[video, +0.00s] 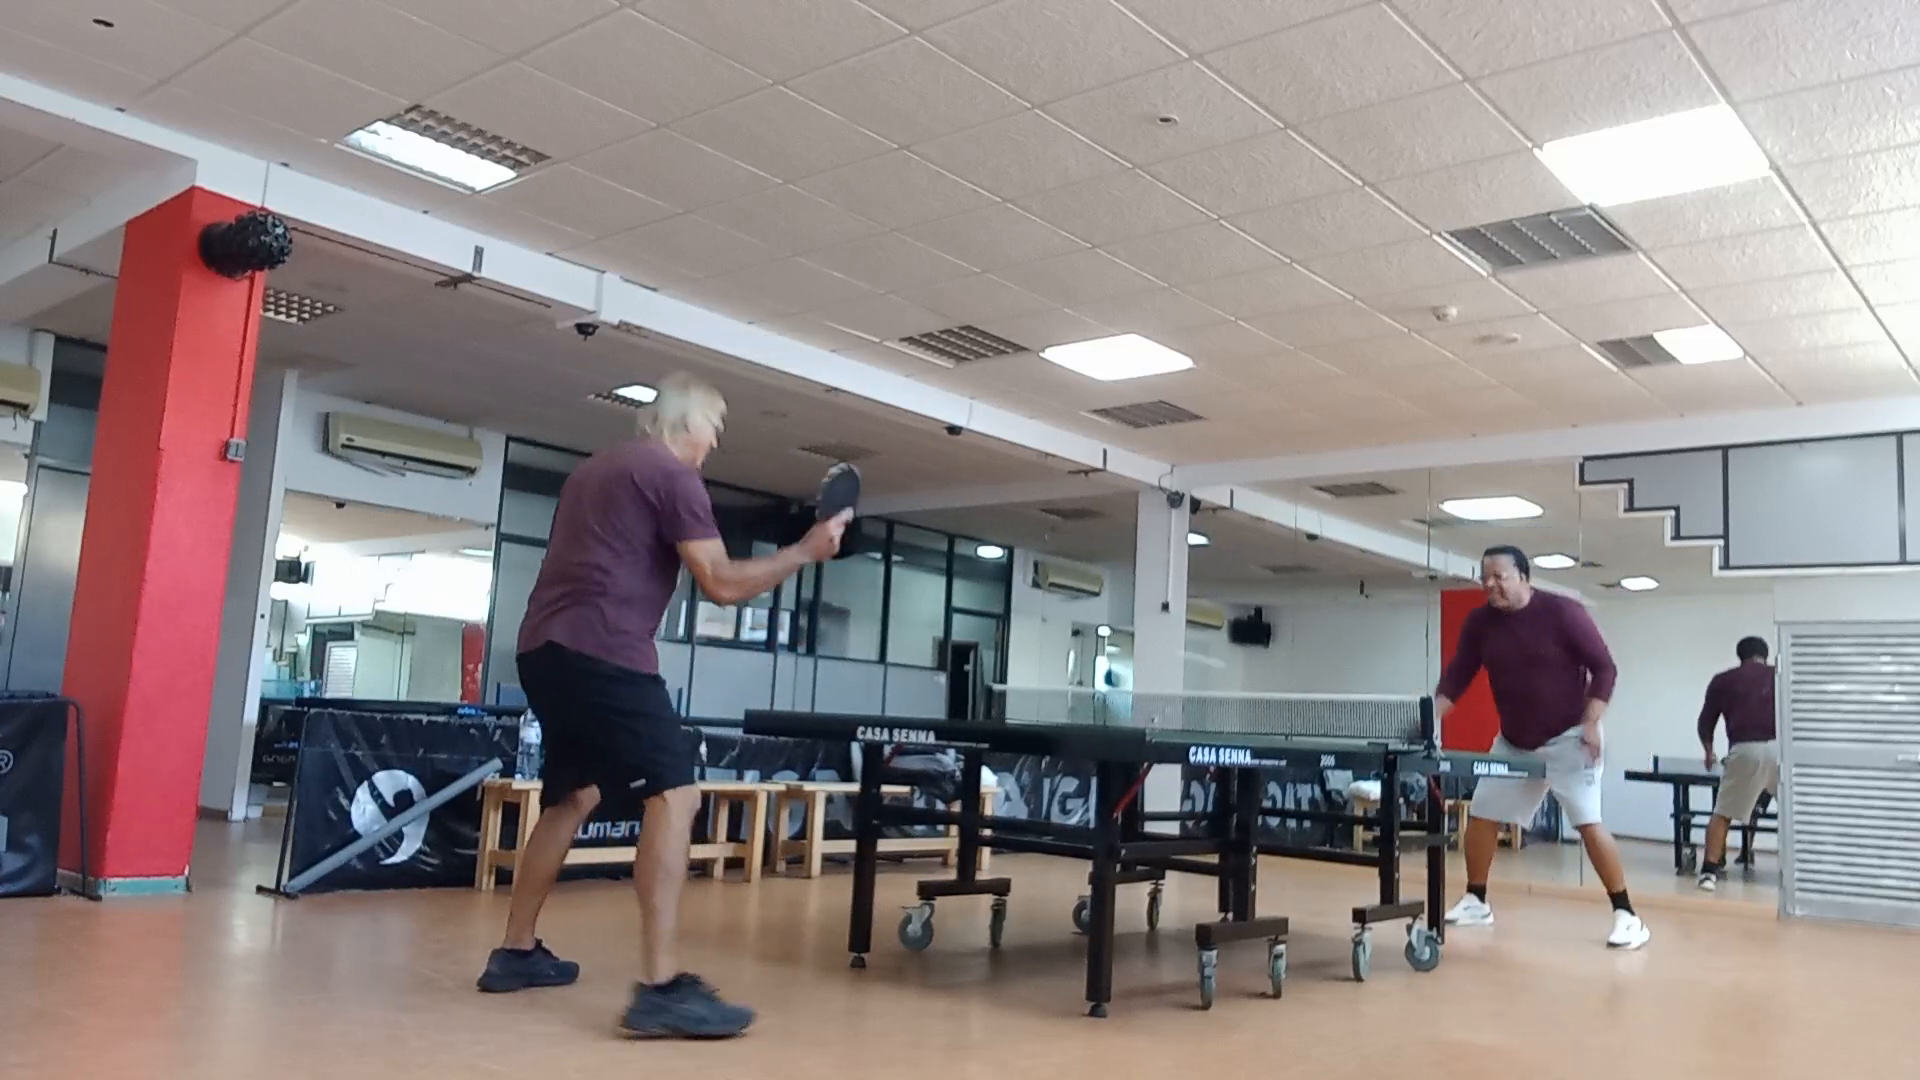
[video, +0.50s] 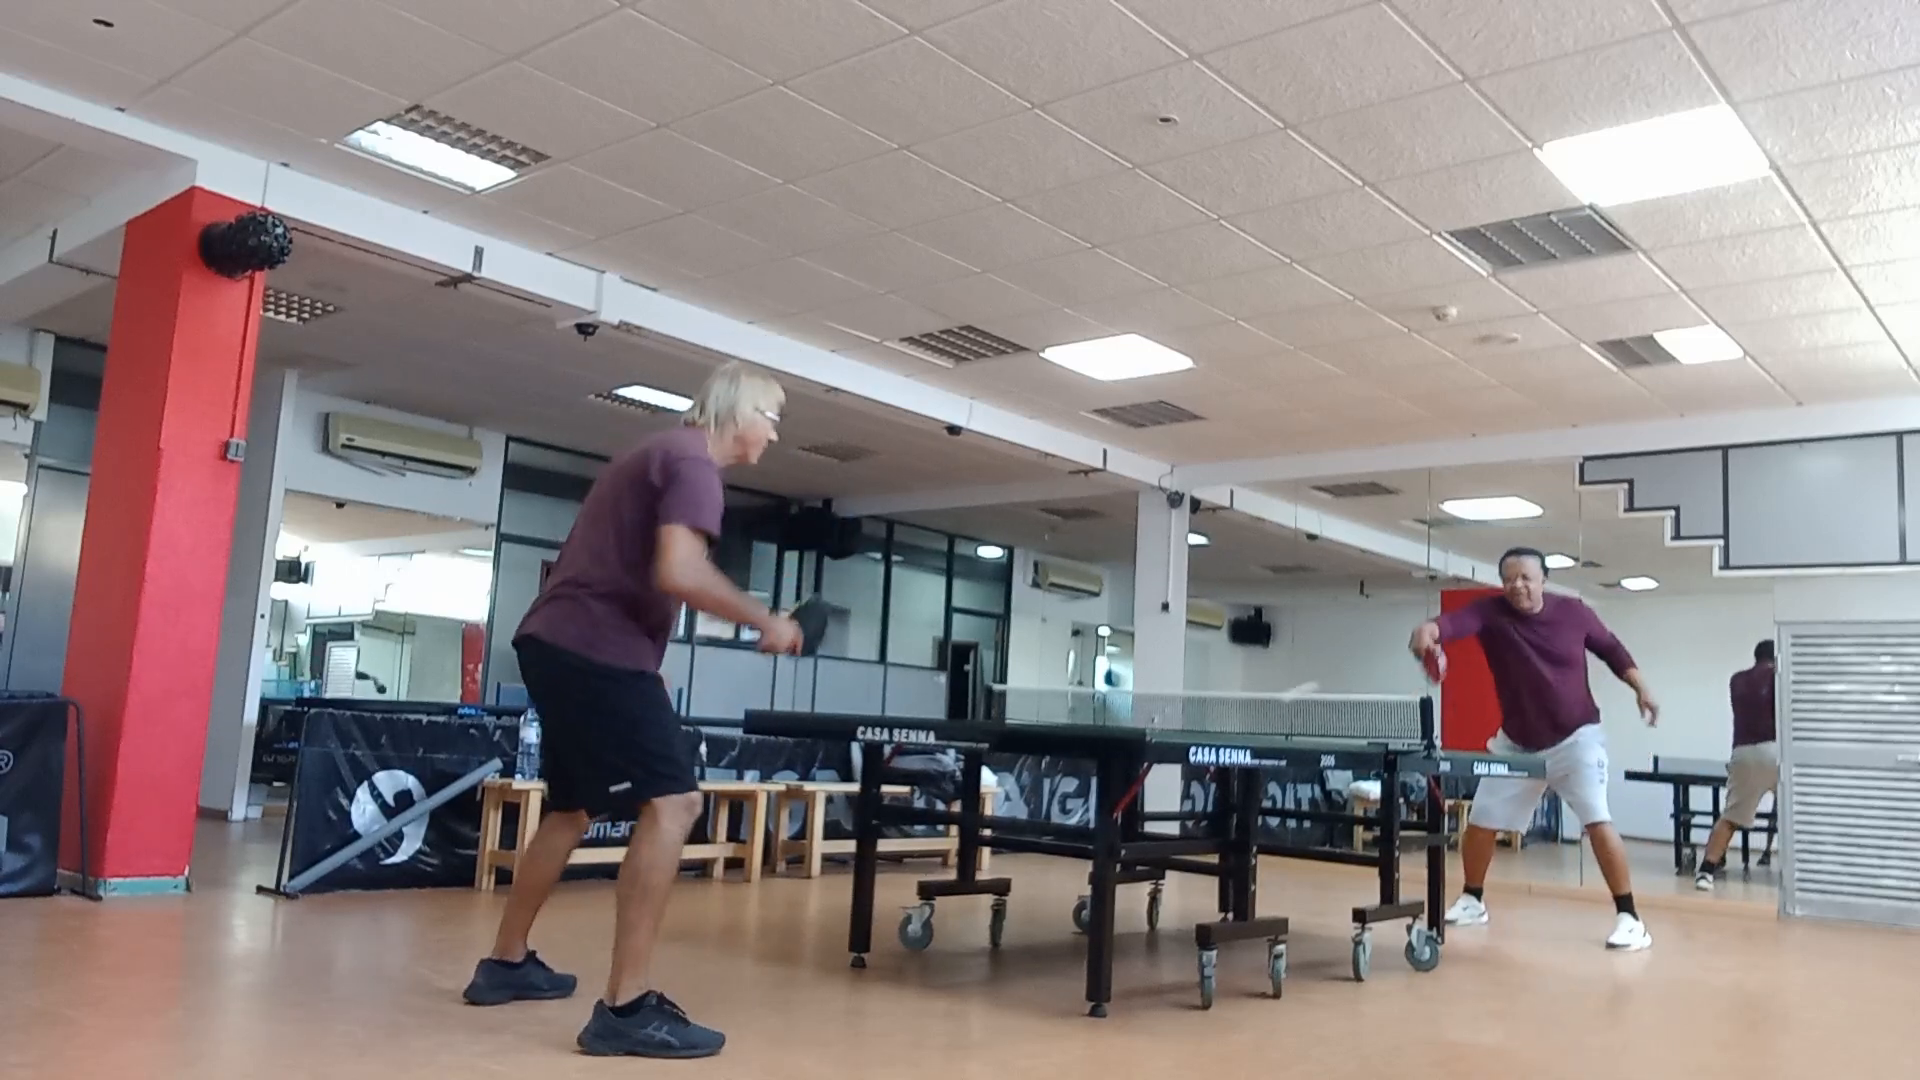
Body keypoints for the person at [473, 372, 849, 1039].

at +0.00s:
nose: (713, 450)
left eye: (716, 438)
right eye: (712, 435)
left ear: (655, 422)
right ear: (686, 426)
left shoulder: (592, 469)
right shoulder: (672, 473)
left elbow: (579, 571)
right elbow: (722, 582)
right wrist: (805, 552)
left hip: (543, 649)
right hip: (606, 653)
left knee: (575, 793)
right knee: (675, 790)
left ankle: (515, 951)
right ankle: (660, 986)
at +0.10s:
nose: (713, 426)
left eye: (714, 413)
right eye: (711, 411)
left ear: (649, 405)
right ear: (684, 409)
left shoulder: (586, 465)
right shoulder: (670, 467)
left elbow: (581, 565)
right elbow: (718, 577)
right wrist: (796, 559)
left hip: (550, 650)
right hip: (613, 656)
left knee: (578, 790)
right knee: (670, 797)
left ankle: (515, 950)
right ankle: (631, 985)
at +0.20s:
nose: (724, 418)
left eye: (725, 405)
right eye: (721, 404)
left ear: (664, 399)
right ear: (694, 404)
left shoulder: (596, 459)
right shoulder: (677, 464)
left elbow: (561, 568)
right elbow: (714, 576)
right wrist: (792, 570)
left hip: (558, 650)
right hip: (620, 657)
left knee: (571, 796)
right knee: (661, 813)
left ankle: (515, 950)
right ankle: (623, 1002)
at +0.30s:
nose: (743, 415)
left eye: (745, 402)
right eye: (741, 400)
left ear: (682, 395)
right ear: (712, 397)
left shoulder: (613, 447)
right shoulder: (691, 456)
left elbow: (574, 555)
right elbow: (708, 569)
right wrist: (790, 586)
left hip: (556, 643)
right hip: (619, 653)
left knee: (564, 795)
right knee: (661, 810)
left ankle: (517, 949)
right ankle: (623, 1004)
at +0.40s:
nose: (756, 425)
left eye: (759, 412)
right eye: (756, 409)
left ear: (699, 394)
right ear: (729, 400)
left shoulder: (623, 445)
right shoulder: (696, 449)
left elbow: (589, 549)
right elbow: (701, 563)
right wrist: (781, 597)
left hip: (550, 634)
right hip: (606, 644)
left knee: (566, 796)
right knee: (657, 802)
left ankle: (506, 960)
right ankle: (621, 1003)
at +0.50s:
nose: (772, 435)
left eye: (775, 422)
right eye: (769, 419)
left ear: (715, 409)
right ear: (737, 414)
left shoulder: (654, 451)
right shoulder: (691, 459)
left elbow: (597, 567)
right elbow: (679, 570)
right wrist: (764, 620)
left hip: (553, 639)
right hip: (600, 648)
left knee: (572, 806)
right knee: (674, 801)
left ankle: (506, 960)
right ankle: (626, 1006)